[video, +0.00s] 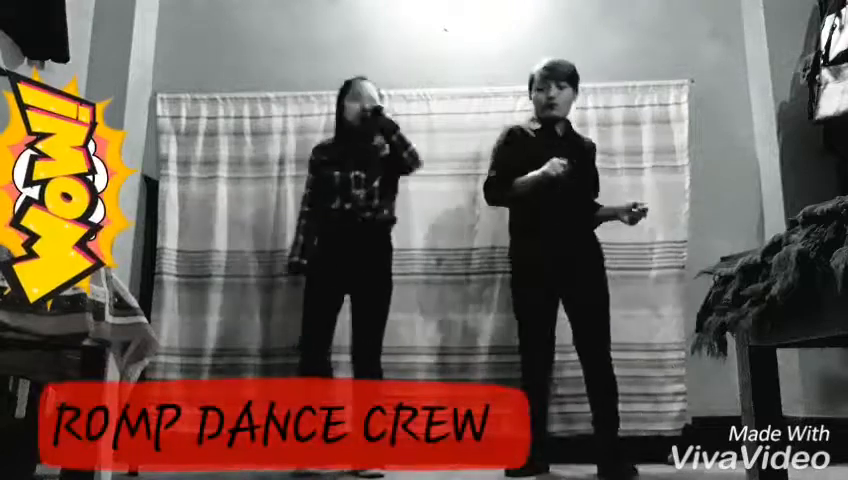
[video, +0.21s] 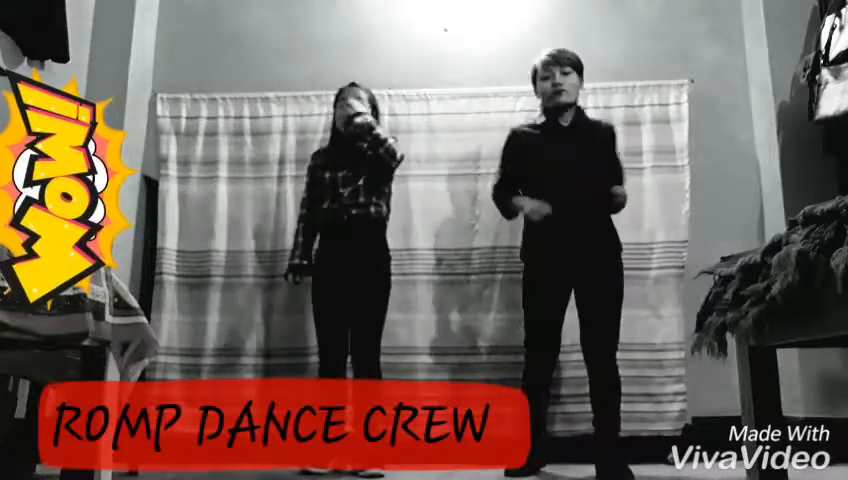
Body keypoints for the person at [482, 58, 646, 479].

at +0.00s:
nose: (549, 94)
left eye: (559, 87)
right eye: (541, 88)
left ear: (574, 95)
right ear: (530, 96)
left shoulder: (582, 148)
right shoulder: (515, 140)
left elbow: (584, 212)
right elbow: (493, 193)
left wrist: (619, 212)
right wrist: (539, 175)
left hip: (581, 263)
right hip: (532, 265)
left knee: (597, 359)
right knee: (536, 363)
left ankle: (610, 456)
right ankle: (533, 455)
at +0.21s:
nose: (555, 82)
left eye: (564, 75)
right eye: (546, 77)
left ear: (581, 84)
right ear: (536, 89)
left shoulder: (601, 134)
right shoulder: (523, 139)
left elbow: (613, 191)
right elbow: (503, 193)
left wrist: (617, 196)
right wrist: (521, 204)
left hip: (598, 256)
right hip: (545, 257)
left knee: (601, 355)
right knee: (539, 354)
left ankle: (609, 455)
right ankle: (530, 452)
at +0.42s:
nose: (544, 81)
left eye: (552, 74)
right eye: (535, 78)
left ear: (570, 80)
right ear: (527, 89)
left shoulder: (596, 121)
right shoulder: (536, 138)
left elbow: (630, 175)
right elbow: (547, 196)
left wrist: (585, 187)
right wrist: (526, 211)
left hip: (586, 257)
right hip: (540, 258)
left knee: (590, 358)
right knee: (530, 359)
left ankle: (608, 460)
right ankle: (523, 457)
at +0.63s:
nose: (535, 79)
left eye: (545, 73)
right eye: (528, 75)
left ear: (565, 85)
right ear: (521, 90)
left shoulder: (587, 121)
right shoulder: (527, 143)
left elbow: (617, 174)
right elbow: (536, 204)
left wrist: (560, 176)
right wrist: (507, 216)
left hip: (589, 260)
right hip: (542, 262)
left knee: (594, 358)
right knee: (523, 356)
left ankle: (611, 459)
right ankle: (519, 457)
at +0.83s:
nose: (526, 92)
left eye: (535, 86)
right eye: (517, 88)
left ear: (551, 98)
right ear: (507, 103)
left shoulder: (575, 143)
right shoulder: (500, 158)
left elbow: (585, 200)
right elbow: (497, 212)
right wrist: (501, 255)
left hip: (570, 265)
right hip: (519, 268)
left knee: (592, 364)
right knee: (512, 367)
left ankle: (610, 459)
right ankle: (504, 461)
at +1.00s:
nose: (530, 80)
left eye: (539, 75)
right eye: (519, 76)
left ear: (551, 90)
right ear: (506, 93)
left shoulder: (562, 148)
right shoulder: (500, 135)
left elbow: (591, 198)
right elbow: (525, 189)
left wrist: (634, 245)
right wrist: (576, 218)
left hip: (553, 262)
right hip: (505, 264)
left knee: (576, 356)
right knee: (509, 360)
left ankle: (595, 456)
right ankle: (500, 459)